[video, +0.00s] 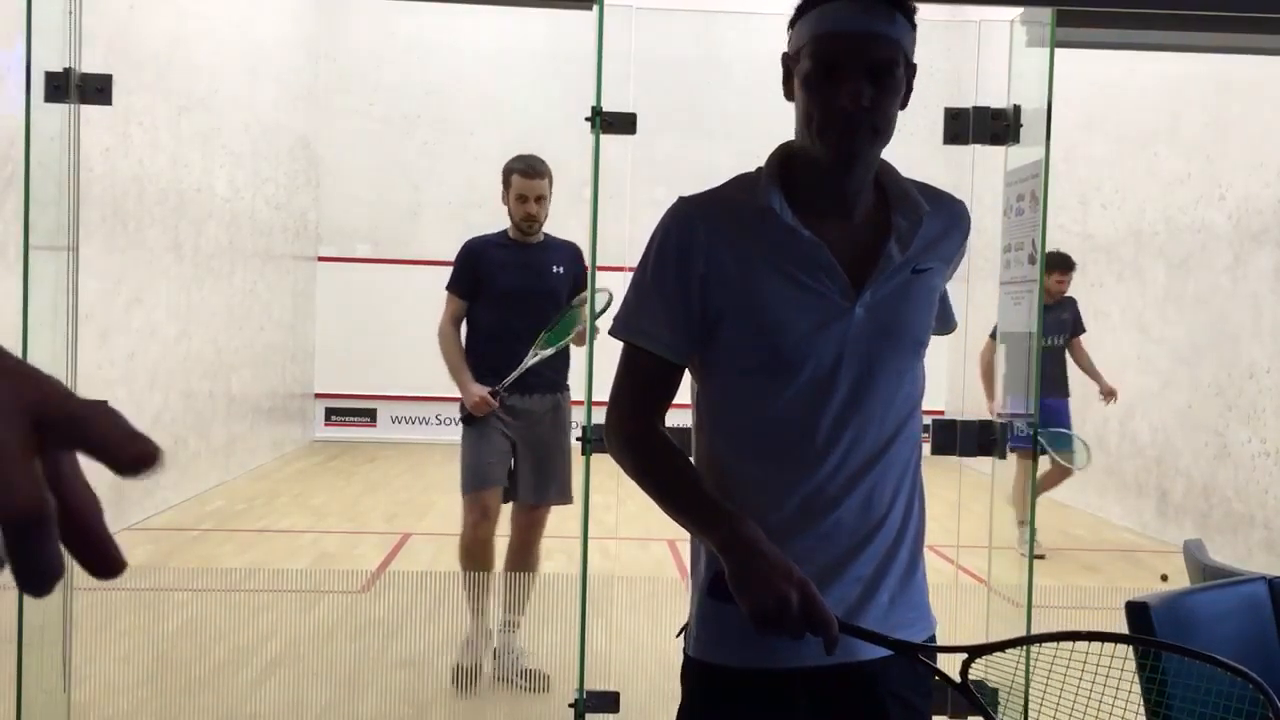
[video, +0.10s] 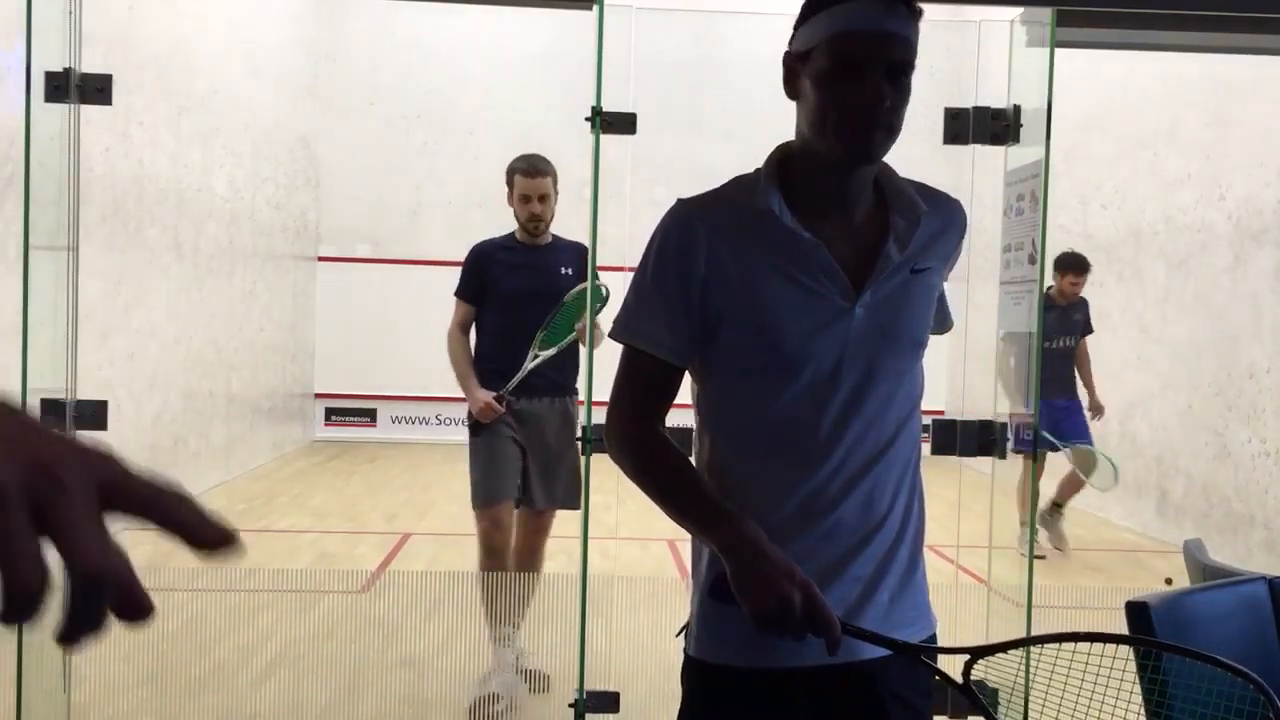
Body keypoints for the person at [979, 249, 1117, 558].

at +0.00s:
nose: (1064, 286)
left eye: (1068, 280)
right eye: (1059, 279)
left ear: (1070, 279)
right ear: (1042, 277)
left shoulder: (1068, 306)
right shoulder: (1020, 306)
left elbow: (1075, 348)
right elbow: (987, 352)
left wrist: (1101, 381)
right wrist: (991, 398)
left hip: (1056, 398)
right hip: (1022, 398)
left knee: (1064, 465)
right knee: (1026, 466)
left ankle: (1023, 496)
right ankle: (1025, 534)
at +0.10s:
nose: (1078, 288)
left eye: (1082, 282)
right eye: (1073, 281)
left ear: (1084, 281)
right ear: (1056, 278)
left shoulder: (1079, 306)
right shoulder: (1032, 307)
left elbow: (1080, 351)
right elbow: (1005, 358)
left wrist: (1091, 394)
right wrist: (1016, 402)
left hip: (1066, 400)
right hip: (1033, 401)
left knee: (1086, 463)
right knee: (1033, 468)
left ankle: (1052, 513)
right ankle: (1026, 532)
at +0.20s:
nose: (1094, 293)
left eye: (1097, 288)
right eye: (1089, 287)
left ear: (1100, 286)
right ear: (1072, 281)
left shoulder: (1093, 310)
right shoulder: (1045, 314)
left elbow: (1086, 352)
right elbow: (1031, 369)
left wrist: (1079, 390)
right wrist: (1048, 412)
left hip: (1077, 401)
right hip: (1045, 403)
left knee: (1098, 462)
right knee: (1039, 469)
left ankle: (1088, 538)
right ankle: (1027, 533)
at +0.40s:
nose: (1136, 317)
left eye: (1139, 311)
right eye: (1131, 311)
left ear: (1141, 307)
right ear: (1112, 303)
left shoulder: (1125, 330)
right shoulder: (1085, 335)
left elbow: (1107, 371)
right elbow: (1083, 394)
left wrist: (1106, 410)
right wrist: (1099, 442)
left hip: (1105, 412)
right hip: (1069, 415)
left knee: (1122, 480)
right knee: (1059, 487)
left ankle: (1128, 560)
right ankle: (1032, 527)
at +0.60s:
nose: (1169, 341)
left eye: (1173, 335)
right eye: (1165, 335)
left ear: (1178, 328)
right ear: (1146, 324)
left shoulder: (1148, 335)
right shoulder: (1122, 354)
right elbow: (1119, 422)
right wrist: (1130, 472)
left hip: (1119, 411)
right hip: (1088, 417)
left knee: (1145, 482)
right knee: (1104, 493)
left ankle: (1130, 561)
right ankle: (1058, 528)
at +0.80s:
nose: (1184, 322)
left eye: (1187, 315)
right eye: (1180, 315)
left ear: (1167, 310)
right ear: (1158, 307)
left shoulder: (1163, 329)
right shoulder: (1121, 335)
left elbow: (1153, 358)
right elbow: (1096, 394)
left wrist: (1161, 395)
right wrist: (1137, 428)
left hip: (1131, 404)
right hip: (1097, 404)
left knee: (1144, 482)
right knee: (1122, 482)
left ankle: (1129, 562)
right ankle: (1068, 530)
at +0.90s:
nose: (1182, 307)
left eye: (1184, 300)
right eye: (1177, 300)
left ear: (1176, 299)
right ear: (1155, 295)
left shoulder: (1168, 321)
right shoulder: (1117, 320)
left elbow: (1162, 352)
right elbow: (1083, 373)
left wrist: (1172, 395)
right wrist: (1132, 390)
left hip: (1133, 406)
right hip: (1096, 404)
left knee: (1140, 481)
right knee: (1109, 480)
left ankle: (1128, 561)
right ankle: (1064, 528)